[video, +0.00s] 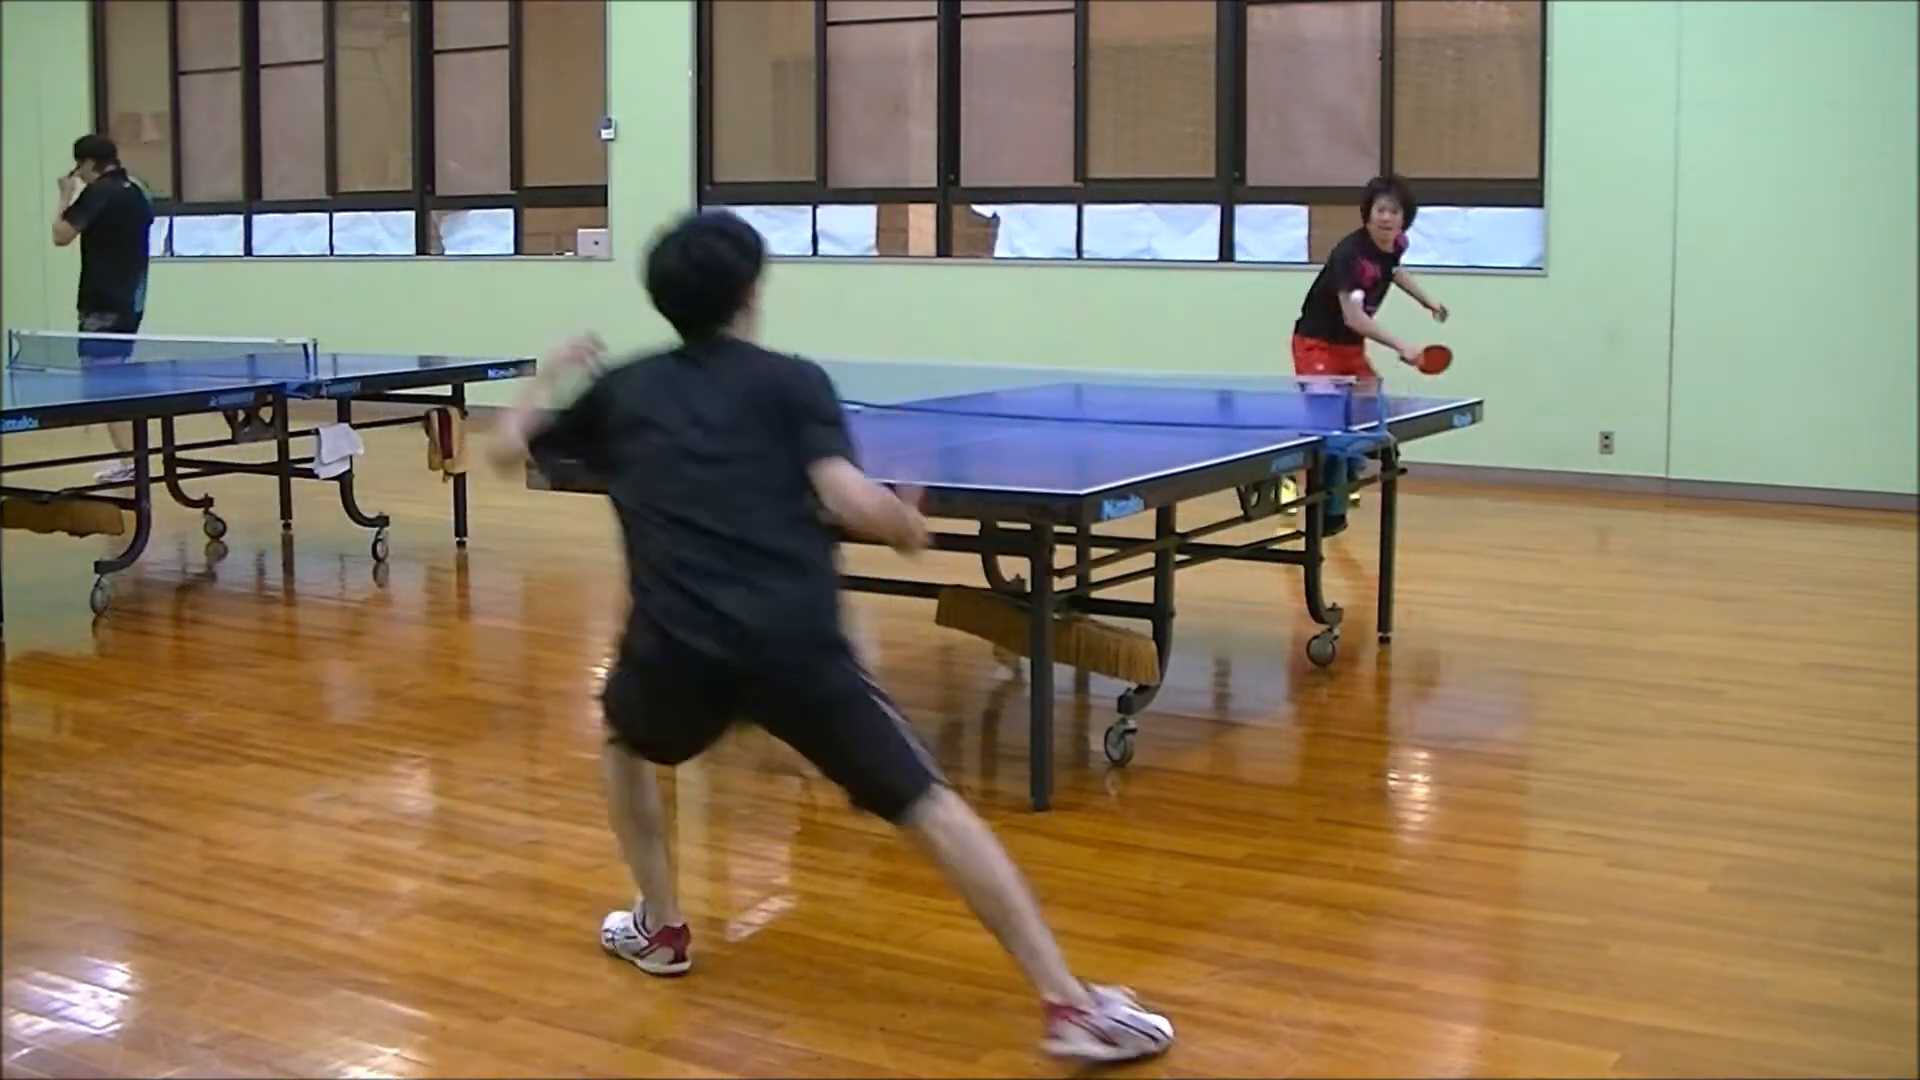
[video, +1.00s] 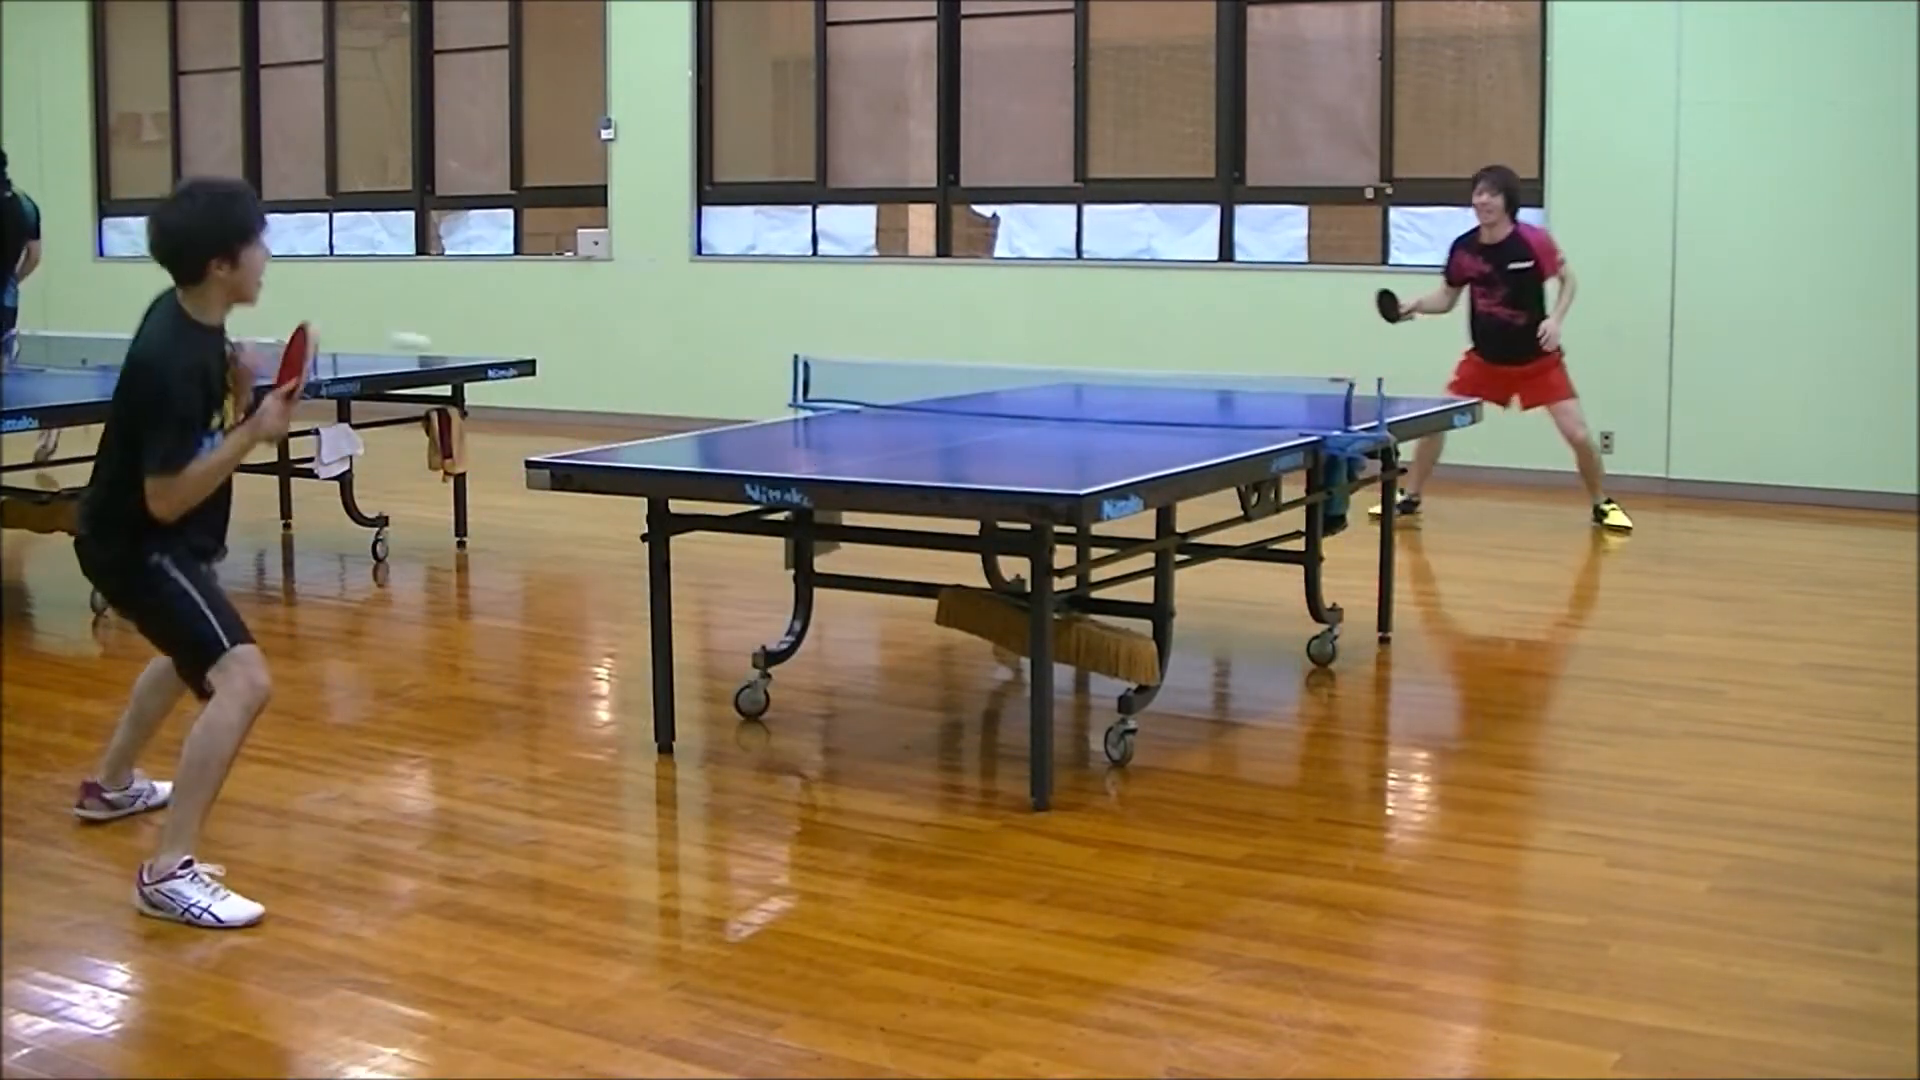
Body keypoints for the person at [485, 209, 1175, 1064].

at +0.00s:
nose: (760, 289)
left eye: (749, 278)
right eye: (755, 278)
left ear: (665, 302)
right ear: (745, 295)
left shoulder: (624, 395)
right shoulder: (792, 383)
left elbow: (507, 444)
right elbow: (843, 496)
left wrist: (552, 375)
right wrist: (906, 524)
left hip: (679, 658)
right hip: (798, 656)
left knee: (627, 742)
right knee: (932, 807)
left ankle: (660, 925)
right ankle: (1070, 1002)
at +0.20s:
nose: (618, 169)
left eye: (615, 155)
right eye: (616, 157)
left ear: (519, 159)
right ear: (604, 166)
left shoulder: (471, 238)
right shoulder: (618, 266)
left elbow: (342, 286)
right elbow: (711, 395)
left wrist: (254, 318)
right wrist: (742, 388)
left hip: (451, 532)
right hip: (540, 526)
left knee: (556, 698)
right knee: (655, 706)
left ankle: (587, 877)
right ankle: (536, 887)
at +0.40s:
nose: (471, 198)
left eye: (468, 184)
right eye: (467, 185)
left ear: (379, 194)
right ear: (449, 196)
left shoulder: (332, 280)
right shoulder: (444, 302)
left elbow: (247, 402)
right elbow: (500, 438)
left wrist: (236, 497)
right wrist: (573, 425)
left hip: (302, 533)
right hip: (361, 554)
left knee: (357, 659)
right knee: (430, 753)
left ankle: (270, 794)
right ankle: (276, 898)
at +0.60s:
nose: (363, 292)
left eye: (360, 278)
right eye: (358, 280)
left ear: (288, 293)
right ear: (333, 297)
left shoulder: (265, 356)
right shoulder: (302, 389)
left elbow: (286, 454)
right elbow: (342, 528)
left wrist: (366, 486)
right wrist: (449, 500)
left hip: (173, 579)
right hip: (215, 597)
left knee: (214, 686)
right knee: (376, 717)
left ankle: (111, 803)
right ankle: (279, 893)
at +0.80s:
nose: (314, 272)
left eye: (312, 259)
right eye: (308, 261)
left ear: (259, 270)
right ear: (274, 276)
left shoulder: (263, 333)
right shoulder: (203, 361)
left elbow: (304, 405)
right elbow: (199, 508)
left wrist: (314, 413)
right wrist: (322, 499)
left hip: (190, 535)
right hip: (144, 543)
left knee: (220, 653)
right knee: (277, 674)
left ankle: (116, 767)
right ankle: (217, 873)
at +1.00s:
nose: (267, 256)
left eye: (262, 241)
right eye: (257, 244)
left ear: (211, 261)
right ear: (222, 267)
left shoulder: (194, 316)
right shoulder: (171, 356)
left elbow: (198, 389)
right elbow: (165, 501)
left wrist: (242, 381)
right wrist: (250, 434)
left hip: (164, 529)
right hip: (129, 544)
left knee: (195, 649)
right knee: (245, 682)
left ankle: (110, 783)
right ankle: (169, 870)